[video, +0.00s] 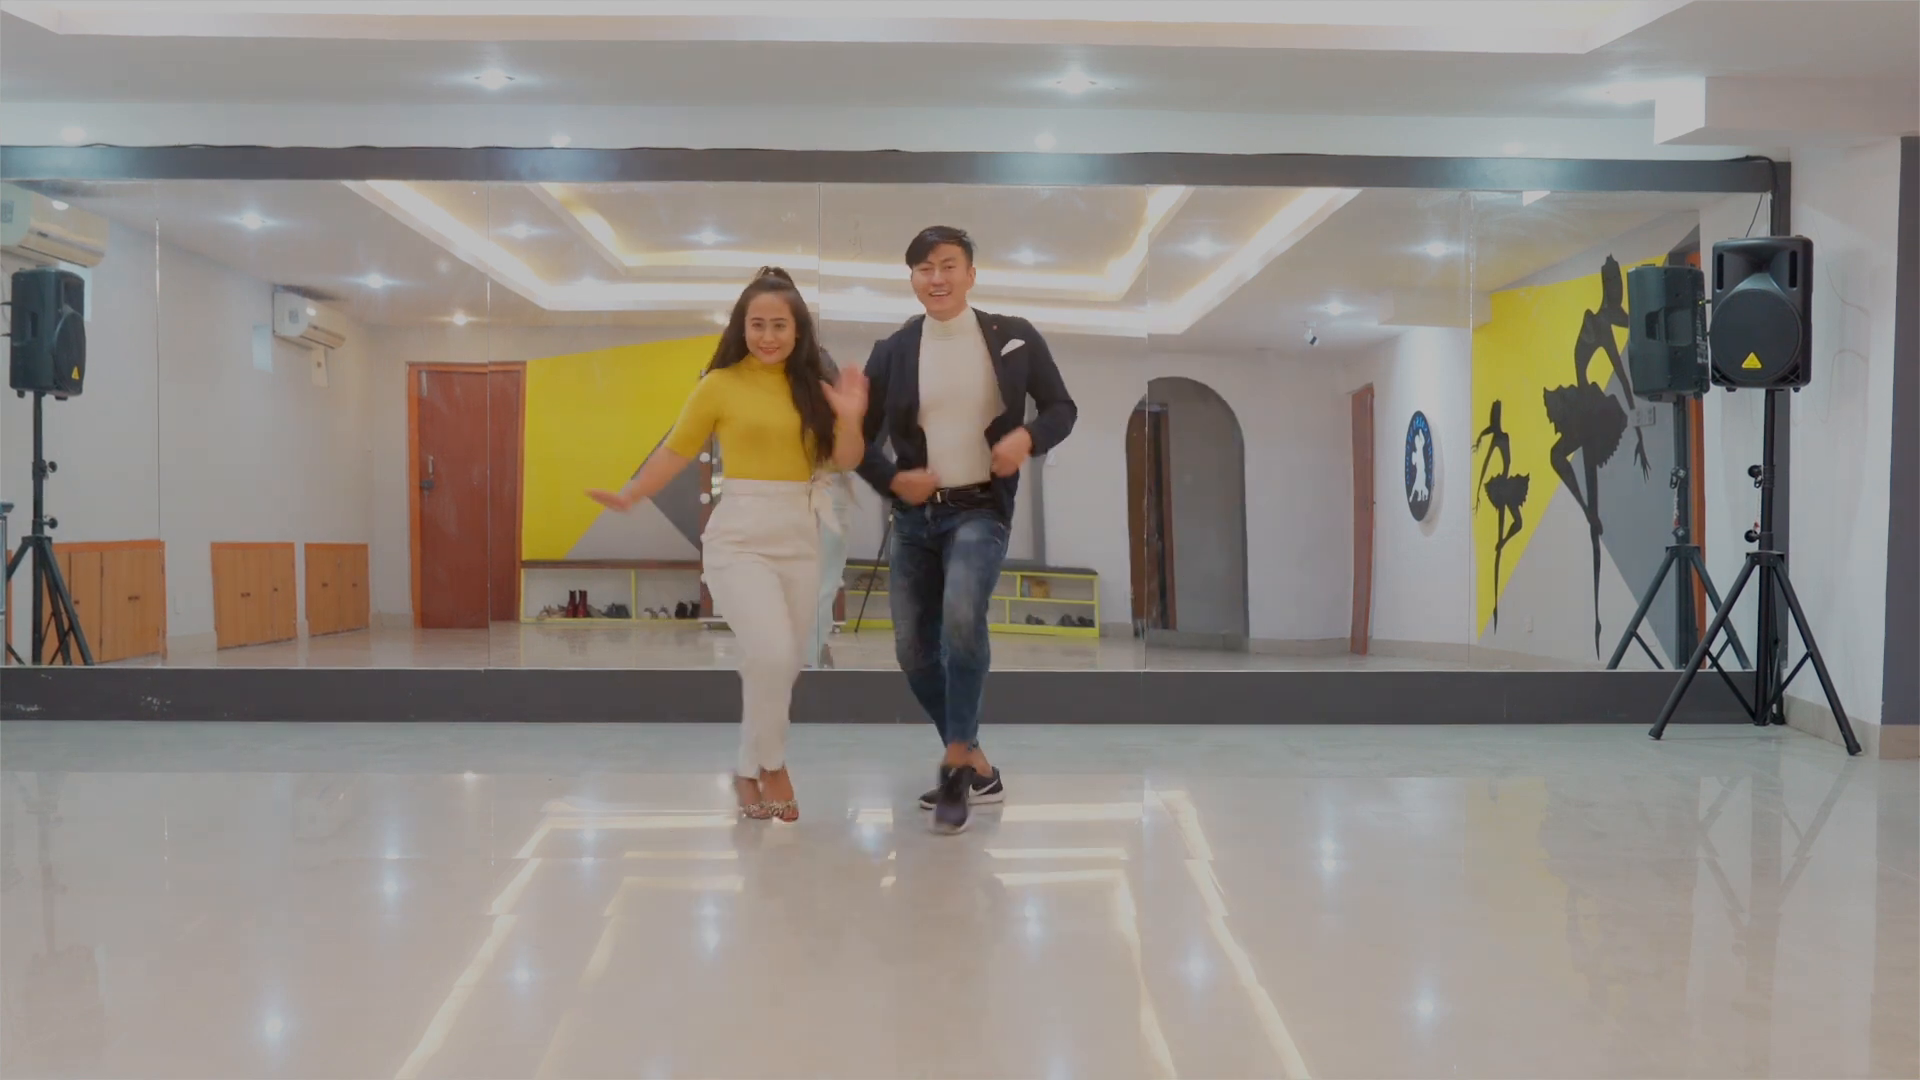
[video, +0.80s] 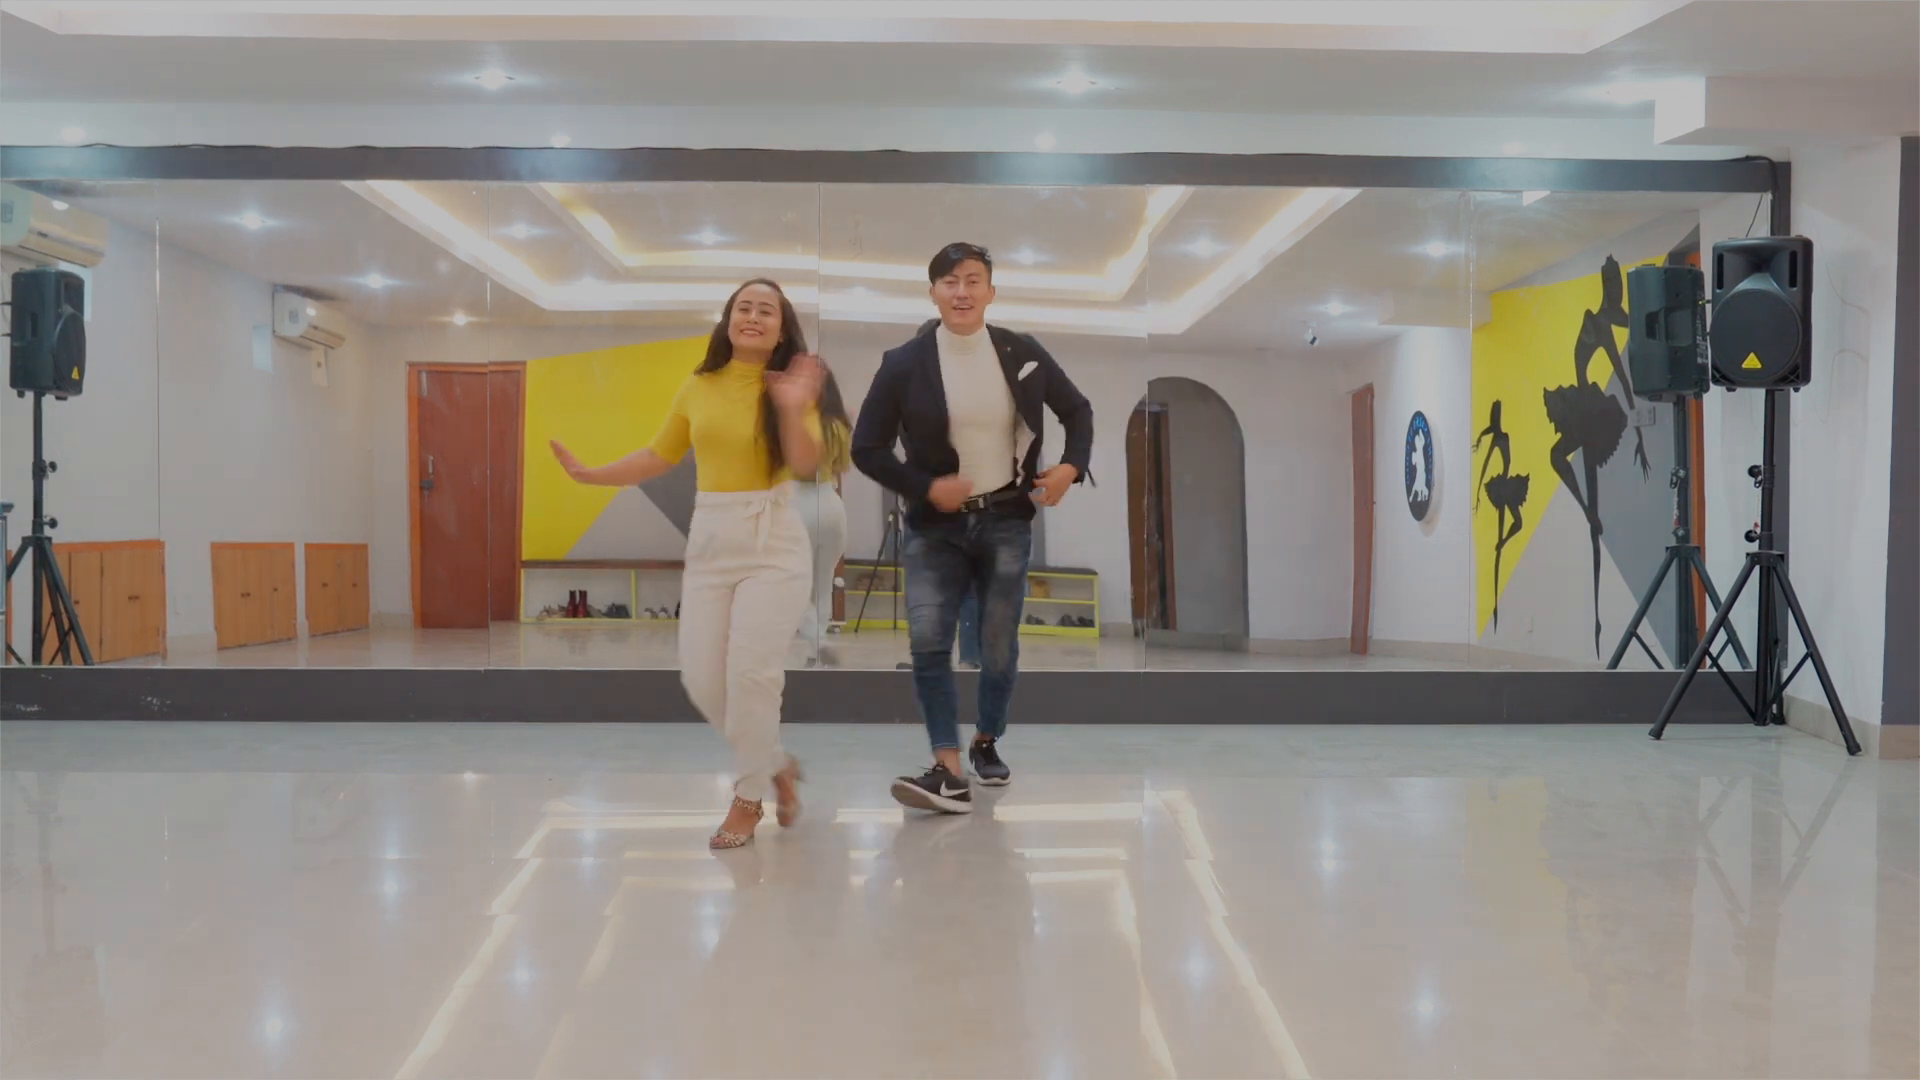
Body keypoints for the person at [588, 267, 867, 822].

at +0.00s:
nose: (768, 335)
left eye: (780, 324)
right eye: (757, 324)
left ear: (799, 328)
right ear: (742, 327)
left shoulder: (814, 387)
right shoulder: (720, 385)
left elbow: (846, 461)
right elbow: (676, 450)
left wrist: (849, 418)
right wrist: (630, 496)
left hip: (801, 539)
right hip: (736, 536)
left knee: (789, 660)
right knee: (770, 652)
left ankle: (749, 769)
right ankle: (774, 768)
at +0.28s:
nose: (769, 332)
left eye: (781, 321)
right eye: (758, 320)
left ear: (799, 328)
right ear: (742, 325)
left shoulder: (817, 387)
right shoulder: (723, 388)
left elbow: (855, 471)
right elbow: (683, 454)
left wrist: (876, 485)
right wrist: (614, 442)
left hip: (807, 537)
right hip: (739, 538)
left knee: (826, 659)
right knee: (761, 666)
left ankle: (764, 737)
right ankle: (768, 791)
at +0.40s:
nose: (770, 313)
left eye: (782, 306)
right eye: (759, 305)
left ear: (798, 320)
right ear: (741, 316)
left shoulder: (816, 383)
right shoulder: (718, 382)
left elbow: (850, 458)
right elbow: (675, 452)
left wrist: (897, 489)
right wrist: (632, 413)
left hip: (804, 529)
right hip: (739, 533)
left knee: (763, 642)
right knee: (751, 667)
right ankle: (791, 786)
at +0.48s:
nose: (767, 313)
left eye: (778, 306)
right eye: (757, 305)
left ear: (796, 322)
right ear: (740, 318)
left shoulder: (812, 382)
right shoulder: (716, 383)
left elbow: (836, 460)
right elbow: (675, 451)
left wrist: (895, 481)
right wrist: (651, 409)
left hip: (800, 530)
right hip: (742, 535)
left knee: (720, 630)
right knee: (758, 665)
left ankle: (823, 662)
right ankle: (813, 785)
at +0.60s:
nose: (761, 316)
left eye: (774, 310)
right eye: (752, 308)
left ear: (791, 328)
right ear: (735, 322)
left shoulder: (804, 389)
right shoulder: (712, 386)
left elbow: (837, 466)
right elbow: (673, 452)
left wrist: (899, 461)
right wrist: (652, 431)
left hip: (791, 535)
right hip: (738, 538)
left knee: (709, 644)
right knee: (770, 684)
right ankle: (825, 786)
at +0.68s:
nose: (758, 317)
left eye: (771, 311)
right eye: (749, 309)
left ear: (788, 328)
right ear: (732, 323)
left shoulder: (802, 389)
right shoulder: (707, 385)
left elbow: (837, 466)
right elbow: (662, 455)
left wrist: (884, 439)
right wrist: (624, 447)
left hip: (787, 540)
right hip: (727, 541)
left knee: (726, 665)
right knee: (760, 678)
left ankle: (733, 797)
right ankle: (818, 787)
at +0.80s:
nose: (752, 316)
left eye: (765, 310)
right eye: (743, 308)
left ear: (783, 328)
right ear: (726, 321)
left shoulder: (789, 387)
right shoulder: (699, 387)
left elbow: (807, 464)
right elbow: (660, 456)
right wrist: (587, 474)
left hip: (776, 541)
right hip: (711, 541)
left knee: (752, 671)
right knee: (702, 679)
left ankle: (748, 798)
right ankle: (778, 766)